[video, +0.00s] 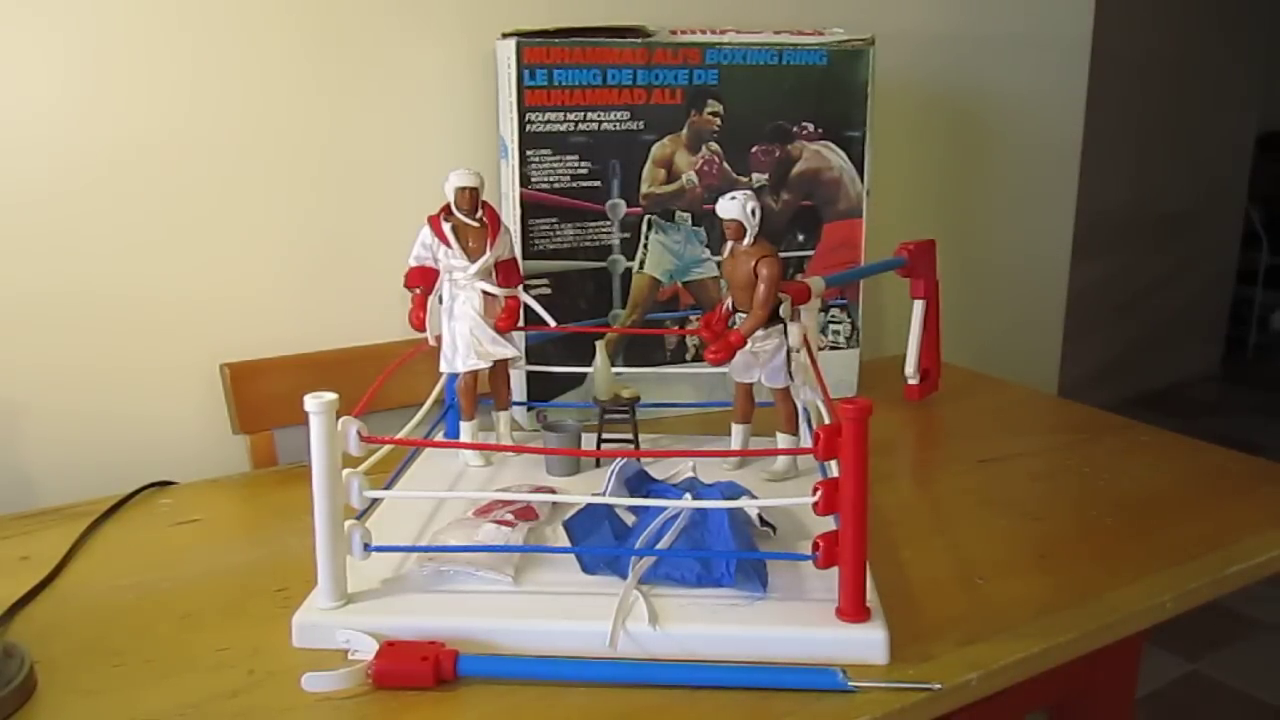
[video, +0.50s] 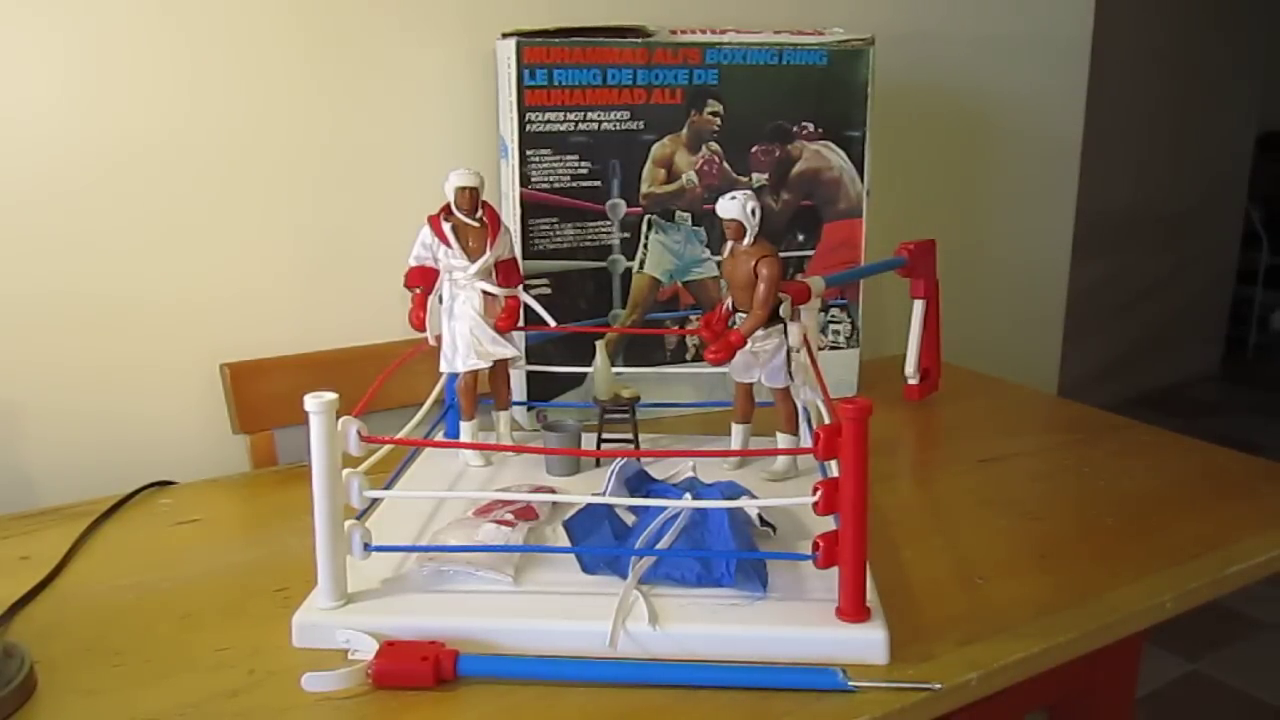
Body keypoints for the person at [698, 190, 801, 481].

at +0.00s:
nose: (725, 228)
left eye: (730, 223)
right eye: (723, 222)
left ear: (748, 223)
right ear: (723, 223)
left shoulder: (767, 261)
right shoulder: (729, 250)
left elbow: (761, 313)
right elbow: (734, 291)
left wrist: (736, 338)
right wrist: (719, 315)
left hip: (769, 332)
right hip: (742, 329)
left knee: (780, 390)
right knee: (742, 386)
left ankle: (787, 456)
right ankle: (738, 450)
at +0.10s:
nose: (725, 228)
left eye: (730, 223)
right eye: (723, 222)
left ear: (747, 223)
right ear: (724, 223)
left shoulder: (767, 261)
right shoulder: (729, 250)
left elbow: (761, 312)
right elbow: (733, 292)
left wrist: (736, 338)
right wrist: (719, 317)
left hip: (769, 332)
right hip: (742, 329)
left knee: (780, 390)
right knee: (742, 386)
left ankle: (787, 456)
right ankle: (738, 450)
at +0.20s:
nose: (725, 227)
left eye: (730, 222)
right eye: (723, 222)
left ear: (748, 222)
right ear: (724, 222)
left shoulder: (767, 261)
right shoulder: (729, 250)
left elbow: (761, 313)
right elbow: (735, 292)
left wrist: (735, 339)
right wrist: (719, 316)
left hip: (769, 331)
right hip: (742, 328)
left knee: (780, 390)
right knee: (742, 386)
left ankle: (787, 456)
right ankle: (737, 450)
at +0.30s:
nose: (725, 227)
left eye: (731, 222)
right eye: (723, 222)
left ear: (748, 223)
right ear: (724, 223)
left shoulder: (767, 261)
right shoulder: (730, 249)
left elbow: (761, 312)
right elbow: (735, 292)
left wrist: (735, 339)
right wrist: (720, 316)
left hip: (769, 332)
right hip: (743, 329)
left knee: (780, 390)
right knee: (742, 386)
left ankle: (787, 456)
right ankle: (738, 450)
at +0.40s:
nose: (725, 227)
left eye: (731, 222)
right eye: (724, 222)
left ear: (748, 223)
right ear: (724, 223)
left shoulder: (767, 261)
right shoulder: (730, 249)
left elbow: (761, 313)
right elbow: (734, 292)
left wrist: (735, 338)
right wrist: (719, 316)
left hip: (769, 332)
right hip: (742, 328)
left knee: (780, 390)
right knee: (742, 386)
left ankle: (787, 456)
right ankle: (738, 450)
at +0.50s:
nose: (725, 227)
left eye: (730, 222)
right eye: (723, 222)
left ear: (747, 223)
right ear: (724, 222)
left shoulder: (767, 261)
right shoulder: (729, 249)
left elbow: (761, 313)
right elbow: (733, 292)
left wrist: (735, 338)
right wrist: (719, 316)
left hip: (770, 332)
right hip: (742, 328)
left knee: (780, 390)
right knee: (742, 386)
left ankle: (787, 456)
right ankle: (738, 450)